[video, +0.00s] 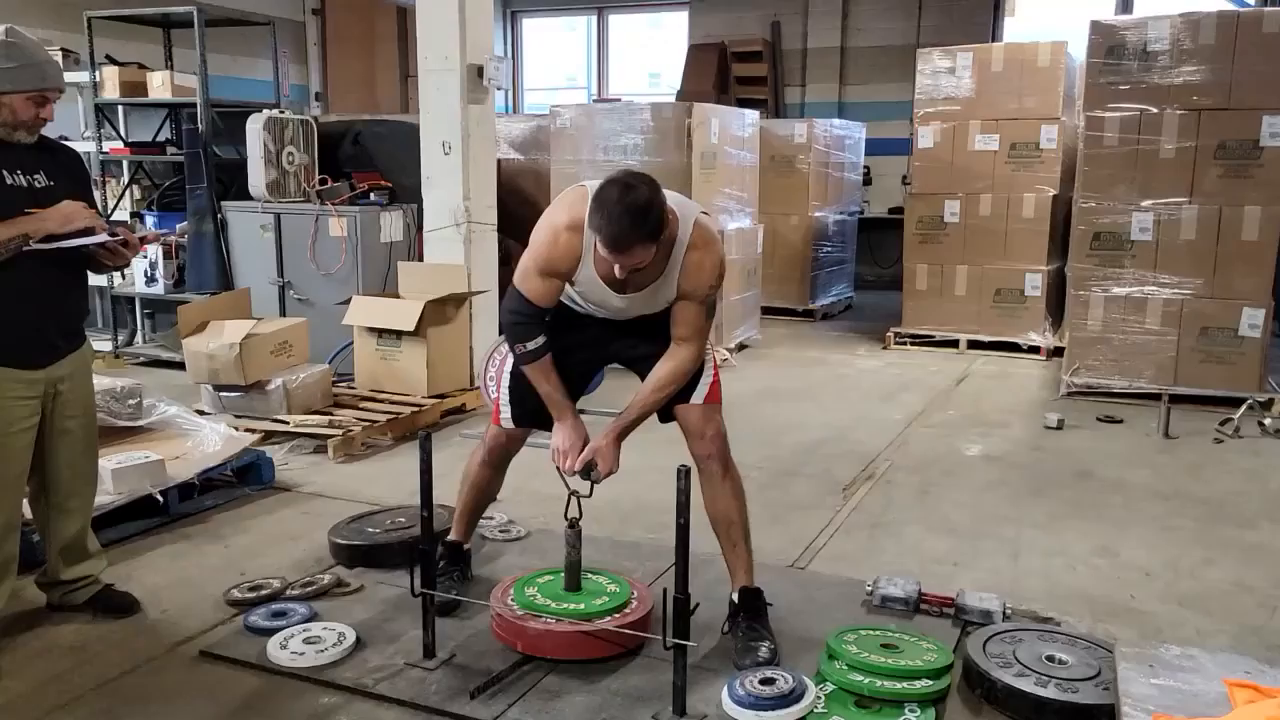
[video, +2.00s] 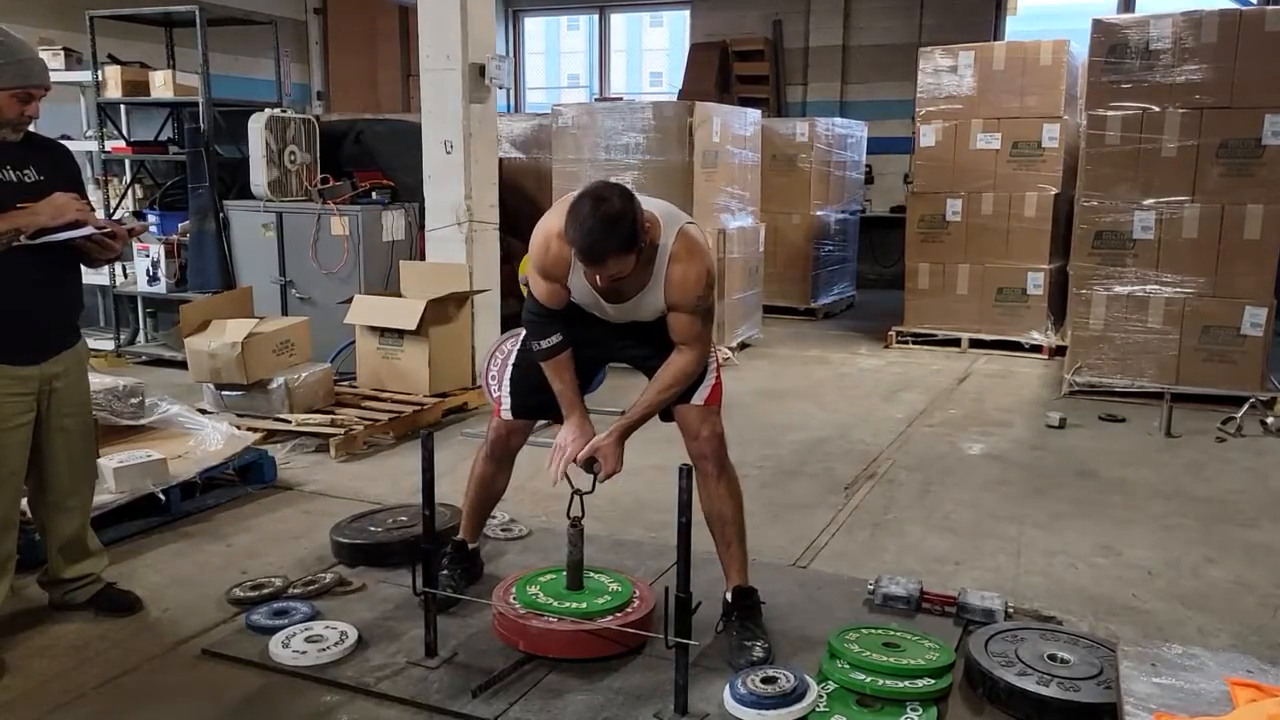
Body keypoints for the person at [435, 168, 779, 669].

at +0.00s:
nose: (618, 274)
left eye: (634, 265)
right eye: (607, 262)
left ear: (664, 232)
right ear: (592, 228)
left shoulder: (700, 247)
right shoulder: (561, 227)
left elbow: (687, 349)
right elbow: (519, 319)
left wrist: (617, 431)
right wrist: (563, 416)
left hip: (658, 323)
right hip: (572, 319)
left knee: (711, 441)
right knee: (501, 437)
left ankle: (747, 600)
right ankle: (454, 548)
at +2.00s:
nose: (602, 282)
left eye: (615, 275)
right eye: (592, 273)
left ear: (643, 242)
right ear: (574, 243)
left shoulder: (687, 260)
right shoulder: (551, 240)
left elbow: (691, 353)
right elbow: (544, 329)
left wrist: (620, 432)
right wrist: (576, 417)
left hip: (659, 327)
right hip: (578, 319)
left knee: (708, 444)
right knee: (502, 431)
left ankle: (741, 598)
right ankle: (463, 549)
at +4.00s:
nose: (597, 315)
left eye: (610, 304)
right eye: (584, 306)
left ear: (633, 275)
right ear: (562, 280)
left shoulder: (676, 283)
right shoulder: (534, 278)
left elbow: (693, 360)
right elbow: (484, 352)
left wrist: (621, 435)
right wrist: (552, 437)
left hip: (656, 329)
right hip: (563, 328)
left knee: (706, 443)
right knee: (498, 433)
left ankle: (739, 598)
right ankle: (462, 549)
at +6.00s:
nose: (574, 296)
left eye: (586, 284)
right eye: (560, 286)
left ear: (609, 253)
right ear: (538, 260)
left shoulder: (659, 257)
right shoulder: (514, 266)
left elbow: (705, 306)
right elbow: (501, 356)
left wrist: (629, 367)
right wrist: (508, 449)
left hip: (651, 319)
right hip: (557, 326)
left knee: (697, 440)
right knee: (478, 412)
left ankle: (737, 597)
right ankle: (474, 550)